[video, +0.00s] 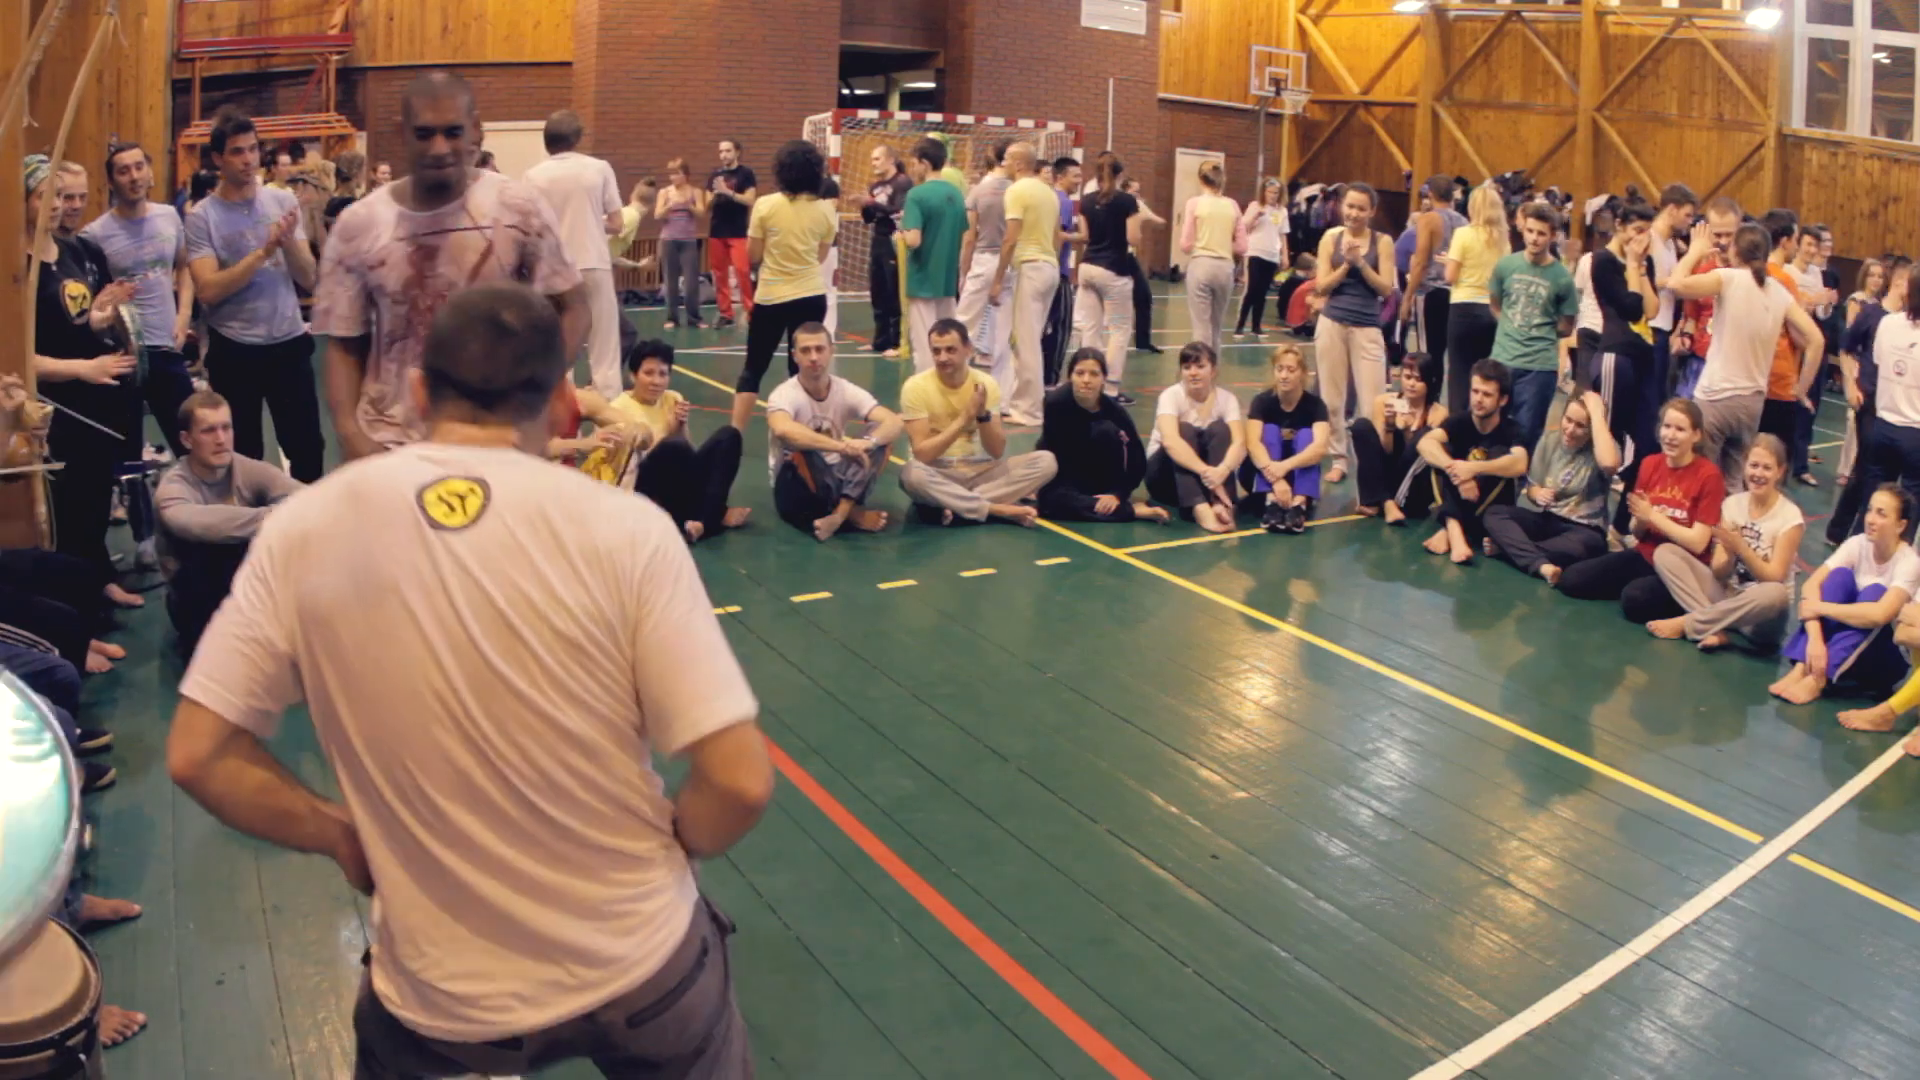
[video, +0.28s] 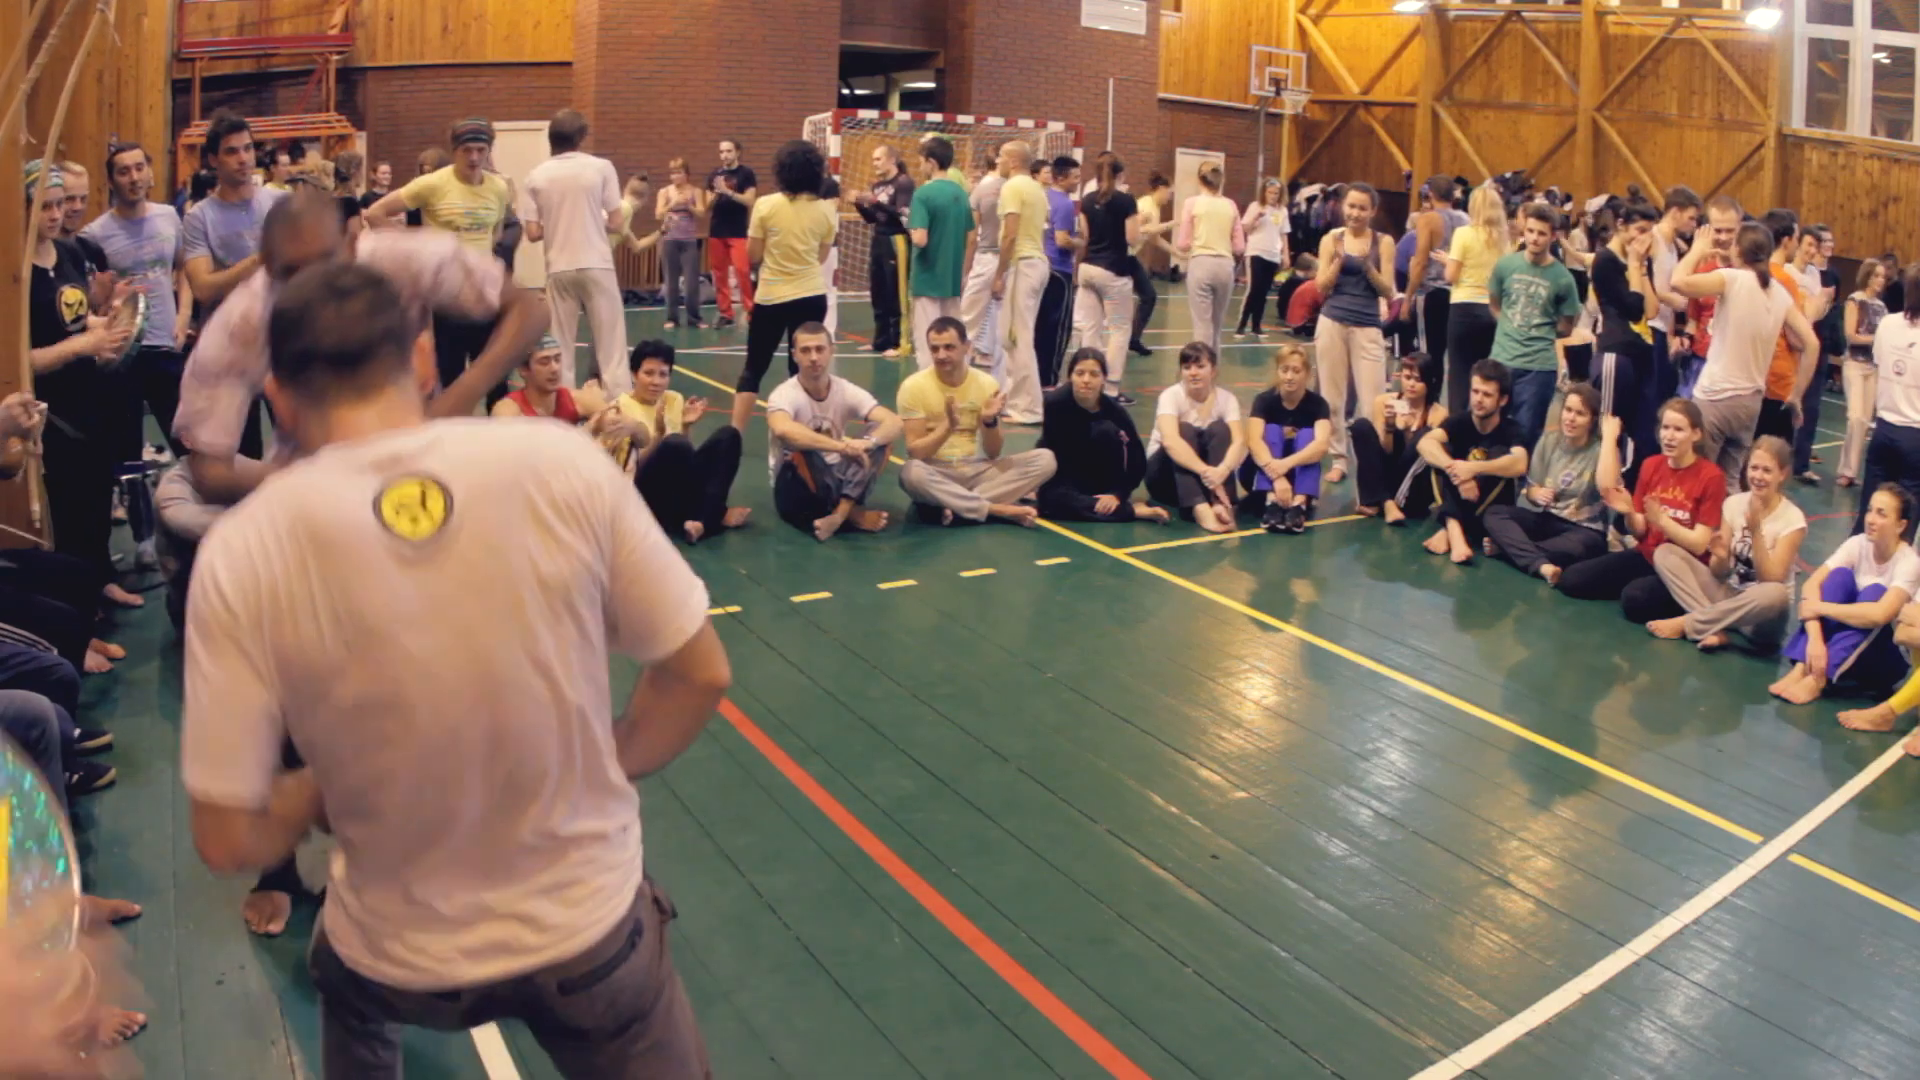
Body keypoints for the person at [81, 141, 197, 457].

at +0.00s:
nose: (134, 176)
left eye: (139, 167)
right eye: (124, 171)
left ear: (150, 173)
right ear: (111, 181)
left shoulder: (169, 216)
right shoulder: (94, 234)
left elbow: (183, 267)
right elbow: (88, 293)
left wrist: (183, 318)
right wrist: (112, 334)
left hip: (167, 352)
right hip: (121, 355)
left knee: (192, 444)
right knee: (127, 454)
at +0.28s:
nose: (134, 177)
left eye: (139, 168)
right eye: (124, 171)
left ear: (150, 173)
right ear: (111, 181)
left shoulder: (169, 217)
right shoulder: (94, 234)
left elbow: (182, 268)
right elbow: (92, 293)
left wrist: (183, 318)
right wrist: (107, 329)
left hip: (166, 348)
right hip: (120, 353)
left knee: (186, 441)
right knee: (125, 447)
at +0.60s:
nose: (134, 179)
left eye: (139, 169)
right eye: (124, 172)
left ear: (150, 174)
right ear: (111, 181)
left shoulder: (168, 216)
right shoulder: (94, 235)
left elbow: (183, 268)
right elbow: (89, 291)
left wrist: (184, 319)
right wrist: (106, 332)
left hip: (167, 348)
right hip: (119, 354)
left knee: (191, 442)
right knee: (125, 451)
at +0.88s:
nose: (135, 179)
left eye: (140, 170)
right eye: (125, 173)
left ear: (150, 175)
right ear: (111, 183)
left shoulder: (169, 216)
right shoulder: (94, 235)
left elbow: (184, 267)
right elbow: (89, 292)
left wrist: (185, 315)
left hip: (167, 335)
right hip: (122, 341)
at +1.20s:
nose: (134, 179)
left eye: (140, 169)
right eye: (124, 173)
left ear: (150, 174)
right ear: (111, 181)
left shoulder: (168, 216)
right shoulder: (94, 235)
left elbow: (182, 271)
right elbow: (88, 300)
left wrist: (184, 317)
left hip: (167, 349)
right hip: (121, 355)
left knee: (192, 442)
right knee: (126, 451)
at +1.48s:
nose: (134, 179)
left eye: (140, 169)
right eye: (124, 173)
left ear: (150, 174)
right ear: (111, 181)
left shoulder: (168, 216)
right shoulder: (93, 236)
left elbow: (183, 271)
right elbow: (88, 303)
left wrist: (184, 318)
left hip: (168, 352)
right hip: (121, 357)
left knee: (195, 445)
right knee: (126, 457)